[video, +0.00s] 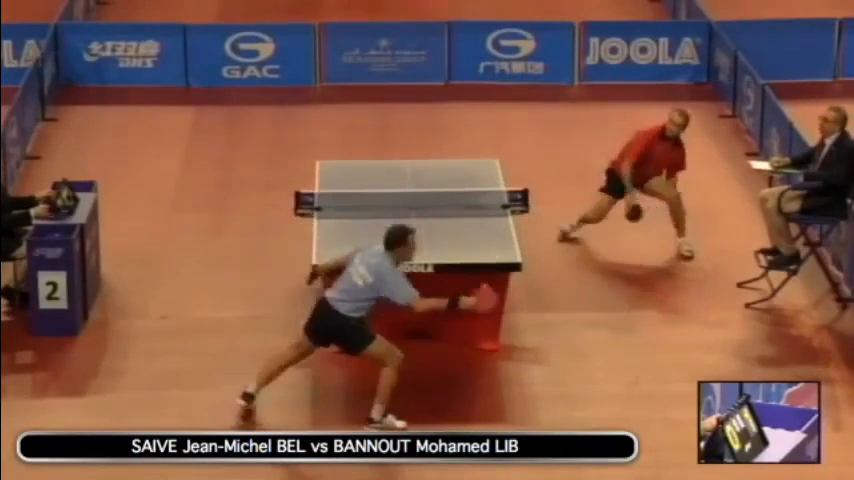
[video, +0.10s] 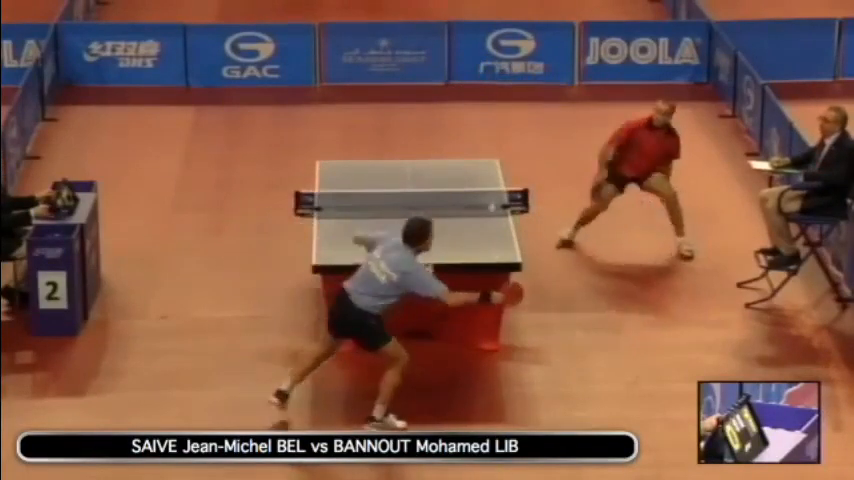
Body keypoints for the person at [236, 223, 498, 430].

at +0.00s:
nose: (413, 249)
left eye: (412, 244)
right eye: (411, 245)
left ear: (391, 243)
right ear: (401, 248)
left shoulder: (372, 252)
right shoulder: (387, 271)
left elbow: (346, 260)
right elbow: (417, 304)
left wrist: (324, 269)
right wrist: (457, 302)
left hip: (323, 312)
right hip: (345, 325)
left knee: (296, 352)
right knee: (394, 359)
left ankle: (251, 390)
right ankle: (378, 416)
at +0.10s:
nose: (430, 240)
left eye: (428, 236)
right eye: (429, 237)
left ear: (406, 234)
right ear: (423, 241)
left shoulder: (390, 241)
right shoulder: (412, 268)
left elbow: (360, 240)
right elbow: (449, 299)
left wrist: (379, 254)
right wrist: (484, 297)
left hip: (343, 304)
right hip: (363, 317)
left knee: (328, 348)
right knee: (400, 359)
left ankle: (286, 389)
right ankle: (379, 417)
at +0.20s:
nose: (439, 230)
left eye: (437, 225)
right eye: (438, 227)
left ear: (415, 222)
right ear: (433, 231)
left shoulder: (399, 230)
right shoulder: (420, 258)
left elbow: (370, 227)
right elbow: (454, 297)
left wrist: (393, 234)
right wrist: (490, 300)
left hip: (355, 297)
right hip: (378, 310)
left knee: (347, 342)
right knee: (406, 359)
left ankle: (314, 389)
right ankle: (385, 414)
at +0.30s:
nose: (455, 228)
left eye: (453, 223)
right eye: (454, 224)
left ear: (429, 221)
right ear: (449, 231)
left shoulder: (414, 229)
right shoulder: (438, 261)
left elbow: (384, 235)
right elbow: (455, 310)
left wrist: (372, 243)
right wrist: (478, 323)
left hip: (372, 299)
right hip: (397, 312)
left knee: (372, 345)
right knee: (430, 362)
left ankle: (354, 400)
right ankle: (421, 422)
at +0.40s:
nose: (465, 241)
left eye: (462, 236)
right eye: (464, 238)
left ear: (440, 234)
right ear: (461, 242)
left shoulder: (421, 245)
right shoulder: (450, 275)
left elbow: (393, 257)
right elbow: (455, 327)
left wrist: (376, 262)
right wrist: (473, 347)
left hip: (383, 315)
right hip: (410, 327)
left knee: (385, 360)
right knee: (444, 377)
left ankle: (367, 412)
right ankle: (454, 429)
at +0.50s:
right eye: (476, 251)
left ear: (452, 249)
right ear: (476, 257)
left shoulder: (432, 264)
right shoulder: (468, 290)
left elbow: (397, 290)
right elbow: (455, 333)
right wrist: (448, 374)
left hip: (400, 336)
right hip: (429, 346)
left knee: (382, 376)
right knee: (467, 382)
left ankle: (364, 419)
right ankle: (462, 447)